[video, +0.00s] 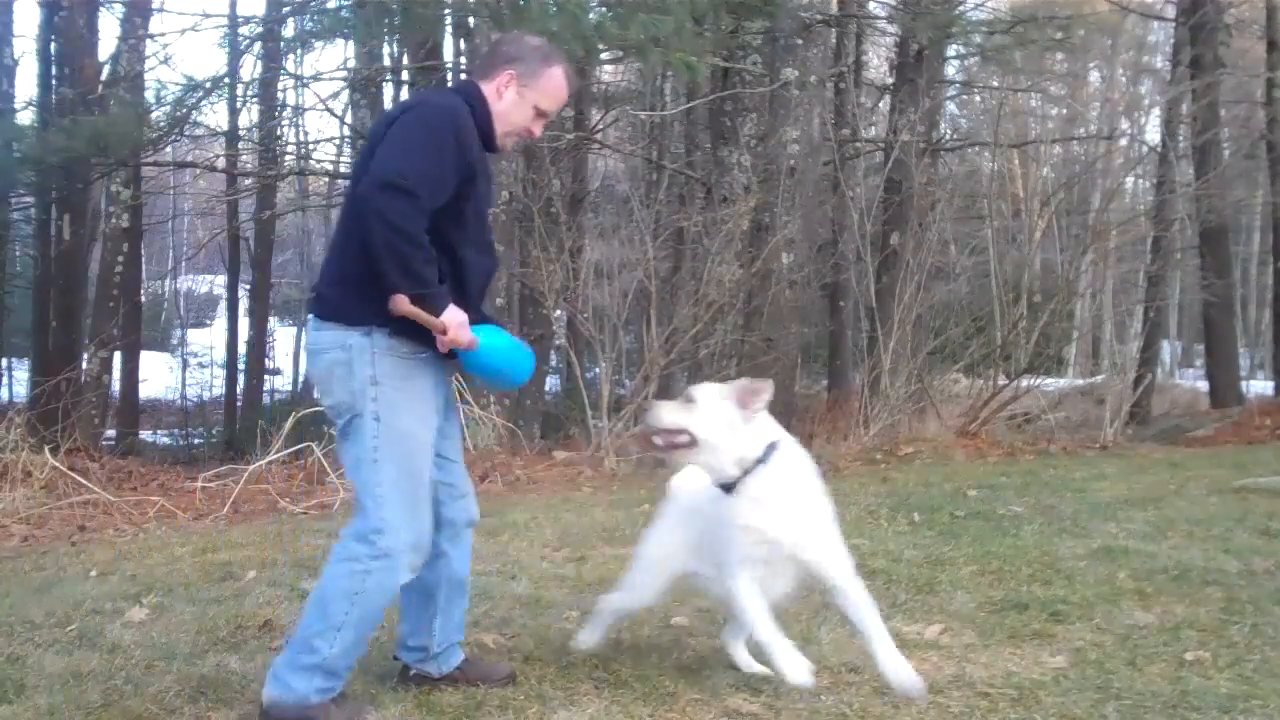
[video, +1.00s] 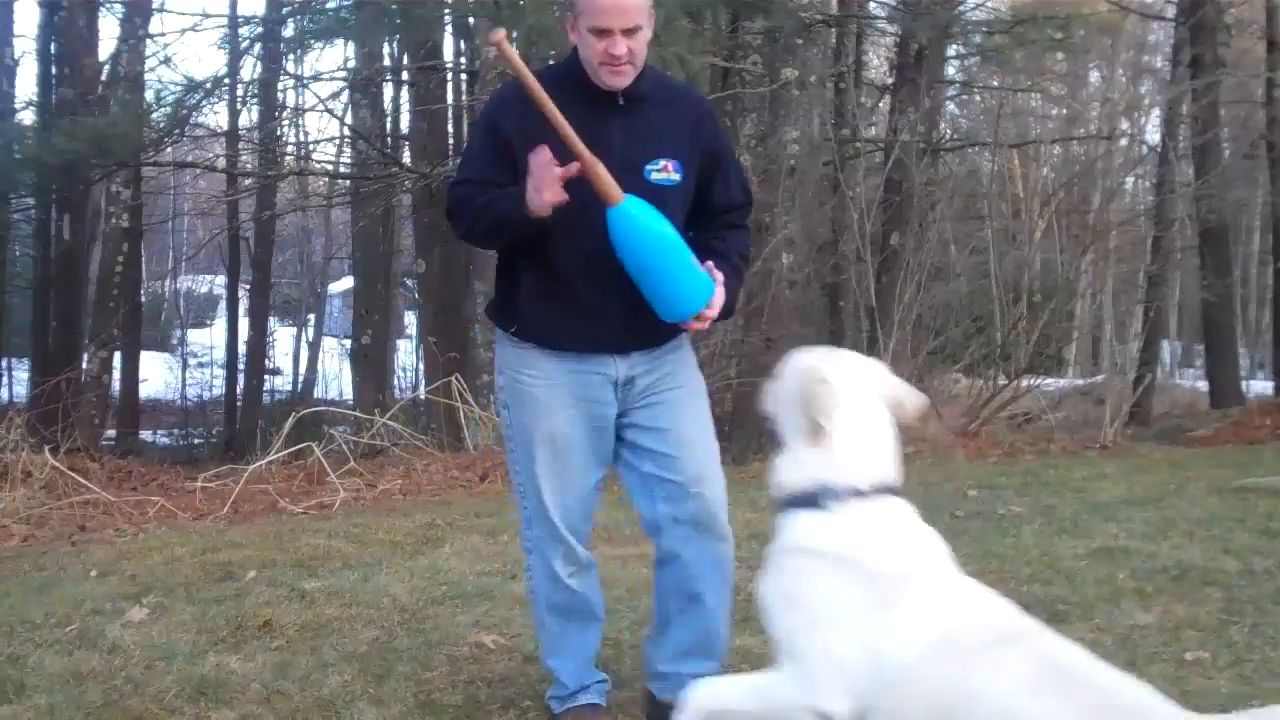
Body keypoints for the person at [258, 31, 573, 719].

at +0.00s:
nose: (538, 131)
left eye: (547, 120)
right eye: (539, 112)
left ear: (507, 91)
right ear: (506, 83)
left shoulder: (465, 139)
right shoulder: (443, 116)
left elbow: (437, 247)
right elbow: (389, 200)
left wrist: (458, 326)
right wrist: (435, 303)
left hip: (414, 347)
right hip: (370, 343)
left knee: (449, 513)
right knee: (393, 531)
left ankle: (432, 657)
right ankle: (297, 692)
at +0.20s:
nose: (568, 107)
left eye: (577, 97)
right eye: (563, 88)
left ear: (570, 94)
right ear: (520, 65)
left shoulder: (524, 153)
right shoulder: (452, 113)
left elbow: (510, 259)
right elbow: (375, 186)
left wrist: (538, 331)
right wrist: (435, 280)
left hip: (450, 336)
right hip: (395, 324)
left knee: (475, 486)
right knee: (474, 483)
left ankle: (441, 645)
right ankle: (398, 640)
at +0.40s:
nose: (581, 93)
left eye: (593, 81)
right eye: (569, 76)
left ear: (601, 78)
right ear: (530, 62)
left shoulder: (577, 157)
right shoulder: (464, 118)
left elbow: (580, 260)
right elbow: (379, 190)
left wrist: (593, 324)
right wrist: (443, 274)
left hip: (511, 342)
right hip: (434, 333)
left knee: (473, 495)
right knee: (509, 482)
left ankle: (431, 656)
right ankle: (551, 671)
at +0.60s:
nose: (594, 87)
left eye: (606, 73)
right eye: (580, 71)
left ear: (618, 68)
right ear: (541, 61)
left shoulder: (616, 146)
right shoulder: (482, 129)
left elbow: (633, 247)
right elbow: (407, 217)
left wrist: (647, 303)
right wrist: (479, 265)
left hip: (567, 356)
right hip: (486, 349)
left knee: (513, 508)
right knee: (554, 506)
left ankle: (440, 653)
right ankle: (578, 691)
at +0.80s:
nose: (605, 67)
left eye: (618, 51)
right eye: (588, 52)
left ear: (633, 43)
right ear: (556, 45)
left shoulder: (658, 126)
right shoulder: (504, 118)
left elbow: (686, 228)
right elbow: (436, 212)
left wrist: (693, 289)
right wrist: (515, 226)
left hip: (622, 356)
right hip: (523, 354)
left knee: (650, 503)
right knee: (554, 526)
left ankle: (533, 604)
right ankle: (576, 693)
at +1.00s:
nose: (617, 48)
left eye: (632, 31)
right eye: (601, 32)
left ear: (652, 26)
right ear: (572, 27)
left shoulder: (687, 112)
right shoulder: (519, 107)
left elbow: (728, 215)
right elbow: (465, 207)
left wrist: (717, 275)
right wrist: (522, 203)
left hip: (662, 354)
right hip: (548, 358)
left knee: (700, 516)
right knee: (558, 530)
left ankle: (685, 684)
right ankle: (576, 687)